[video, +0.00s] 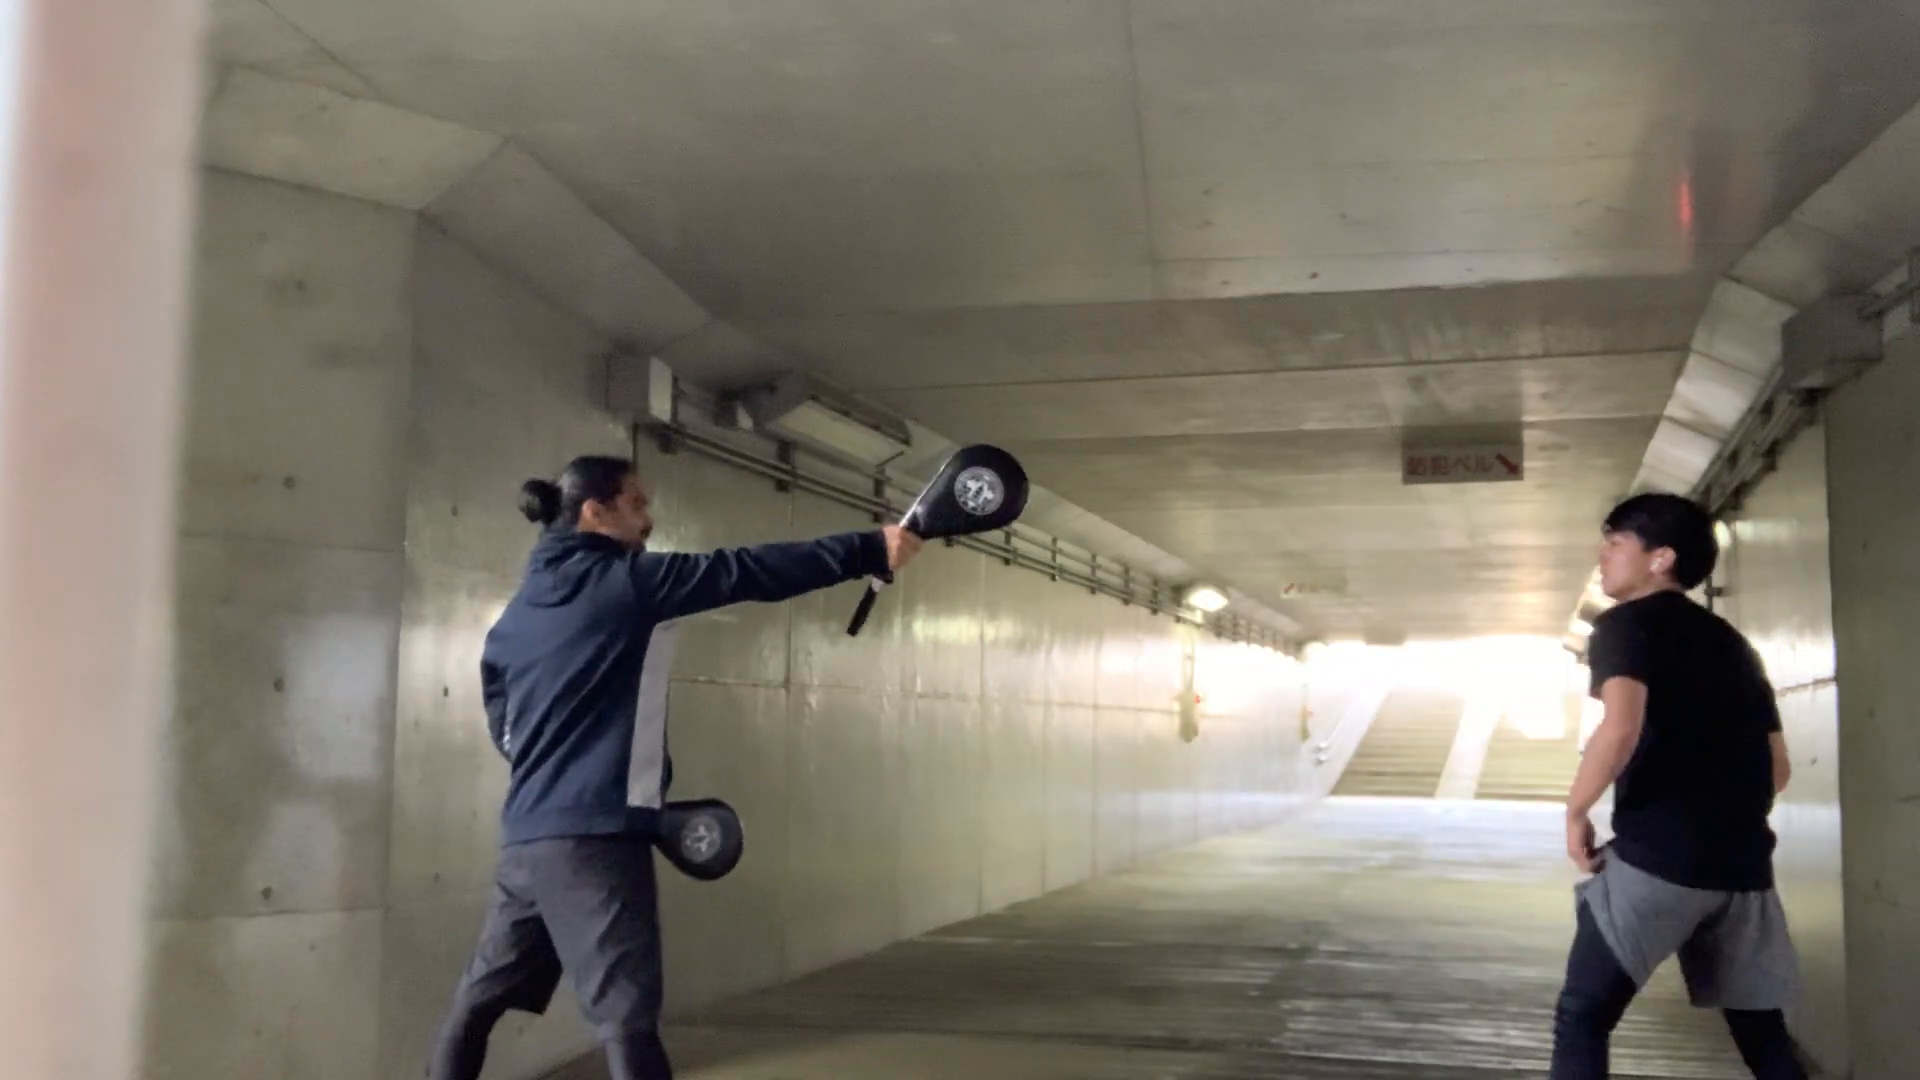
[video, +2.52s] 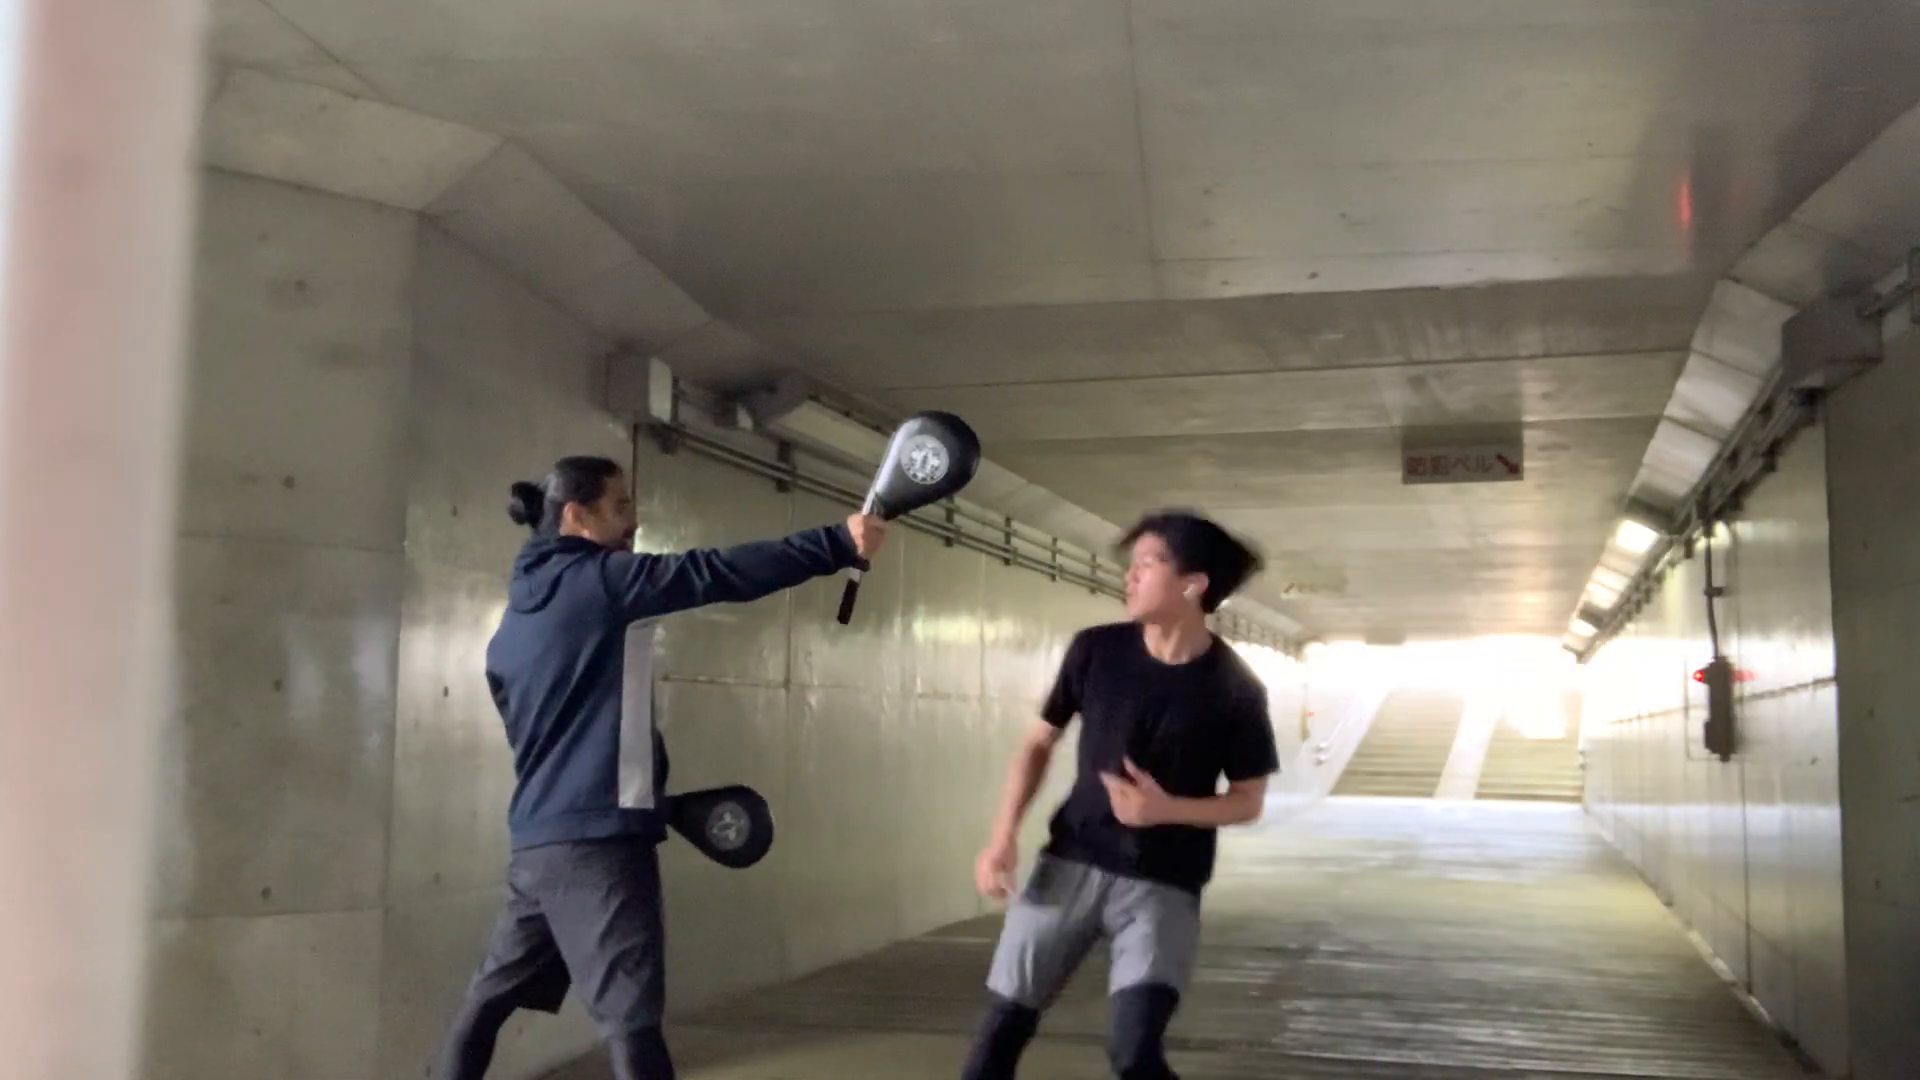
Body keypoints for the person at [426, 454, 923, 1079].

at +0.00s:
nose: (650, 518)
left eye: (646, 503)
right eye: (638, 504)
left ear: (586, 513)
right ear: (594, 511)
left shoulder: (510, 622)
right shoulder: (628, 578)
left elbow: (511, 736)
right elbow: (746, 571)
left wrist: (613, 789)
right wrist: (873, 548)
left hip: (529, 834)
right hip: (592, 832)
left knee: (475, 1004)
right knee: (626, 1022)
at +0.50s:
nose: (657, 521)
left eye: (653, 506)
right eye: (646, 506)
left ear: (594, 514)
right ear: (602, 512)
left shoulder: (516, 620)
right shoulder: (635, 579)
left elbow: (516, 736)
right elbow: (752, 571)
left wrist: (621, 791)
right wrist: (877, 548)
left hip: (531, 834)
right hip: (595, 832)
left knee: (476, 1004)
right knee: (629, 1024)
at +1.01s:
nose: (657, 521)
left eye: (654, 506)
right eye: (646, 506)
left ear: (595, 515)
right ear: (602, 513)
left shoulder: (518, 621)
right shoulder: (636, 578)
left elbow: (520, 734)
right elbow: (755, 570)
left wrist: (616, 788)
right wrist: (877, 547)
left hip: (533, 834)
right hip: (598, 832)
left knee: (477, 1004)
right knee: (631, 1023)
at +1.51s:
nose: (658, 522)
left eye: (655, 507)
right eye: (647, 507)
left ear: (595, 515)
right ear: (602, 513)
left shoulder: (520, 620)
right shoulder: (637, 578)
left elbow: (521, 735)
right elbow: (753, 571)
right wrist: (876, 548)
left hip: (534, 833)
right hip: (599, 832)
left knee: (479, 1003)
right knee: (631, 1022)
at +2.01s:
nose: (648, 521)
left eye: (645, 506)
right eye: (637, 506)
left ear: (585, 518)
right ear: (592, 515)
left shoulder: (518, 628)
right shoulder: (611, 583)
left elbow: (550, 740)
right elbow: (721, 586)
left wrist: (640, 789)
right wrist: (843, 564)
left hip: (536, 835)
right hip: (594, 837)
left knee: (485, 1000)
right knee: (630, 1025)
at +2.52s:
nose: (634, 519)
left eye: (631, 506)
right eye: (622, 506)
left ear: (571, 519)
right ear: (575, 514)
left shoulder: (510, 631)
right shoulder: (604, 579)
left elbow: (546, 746)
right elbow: (717, 573)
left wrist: (646, 795)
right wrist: (838, 543)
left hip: (538, 837)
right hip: (599, 837)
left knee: (487, 1001)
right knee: (630, 1023)